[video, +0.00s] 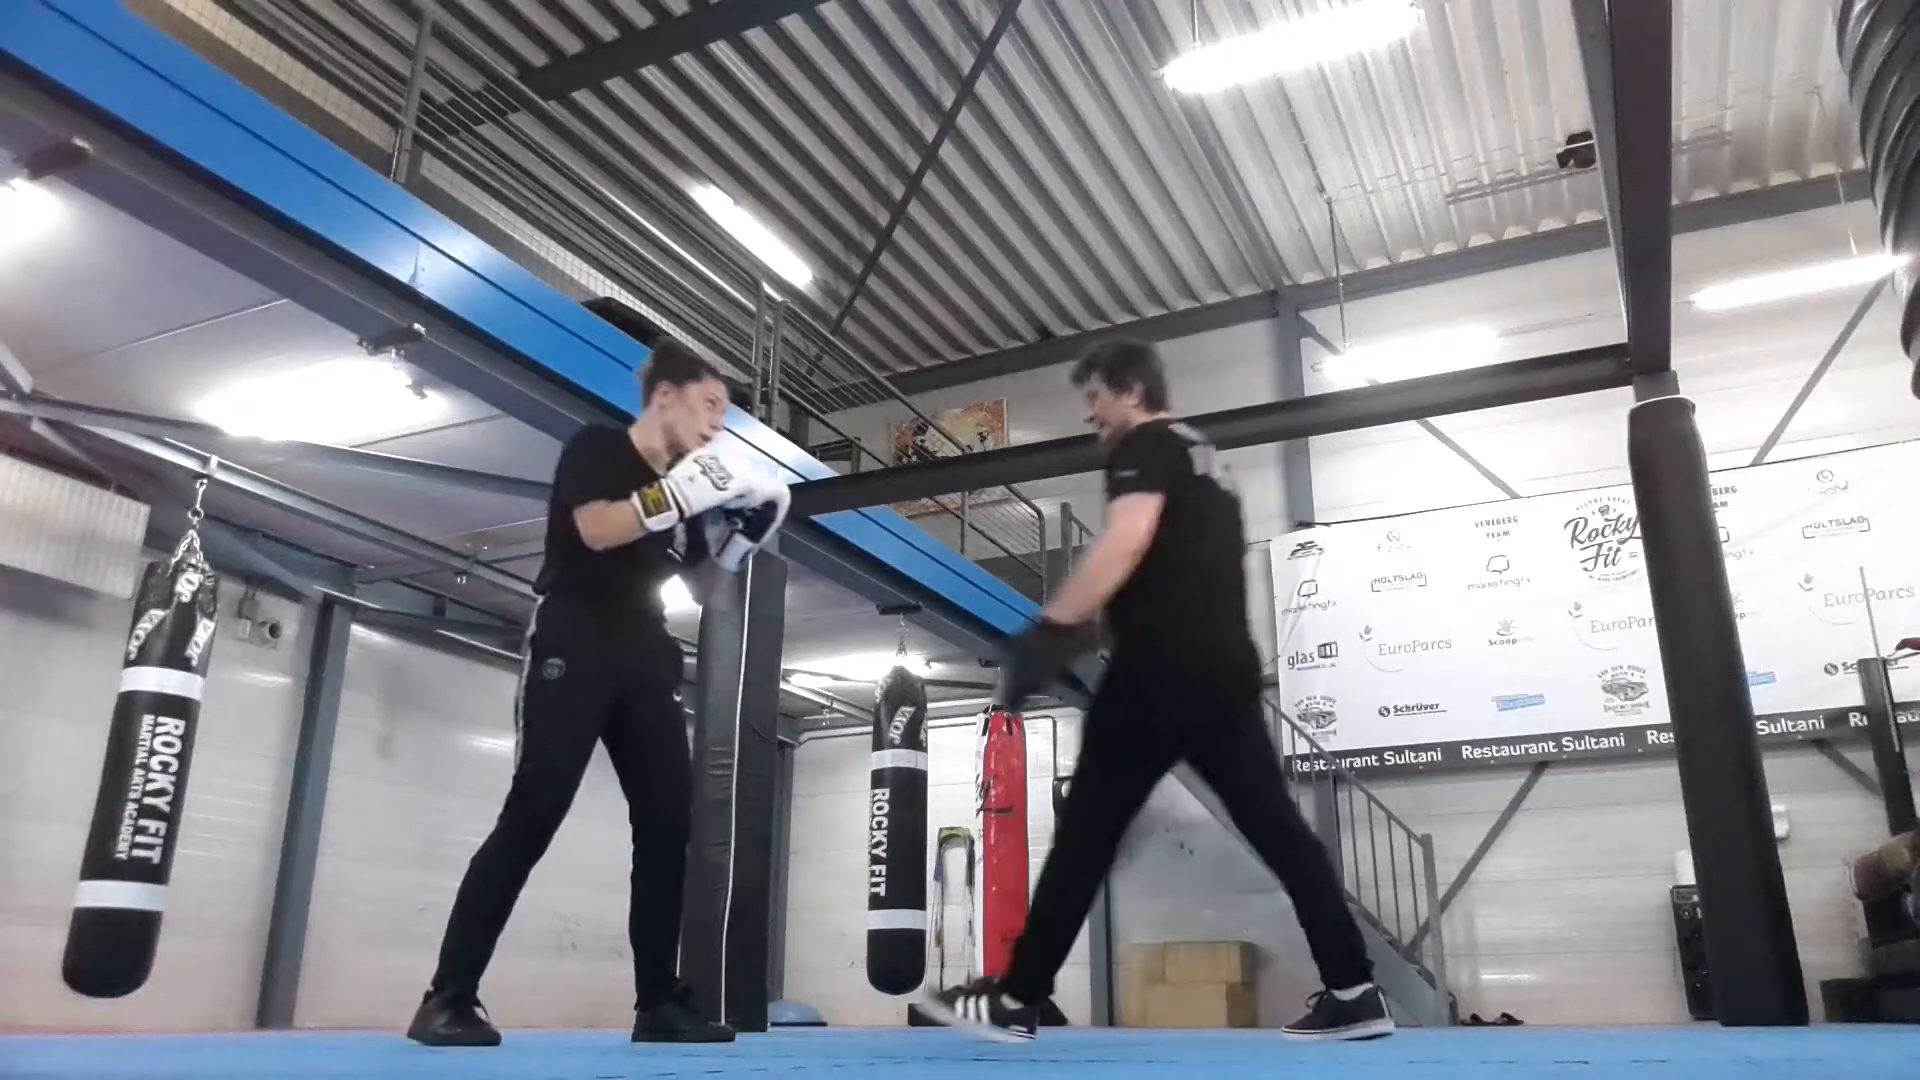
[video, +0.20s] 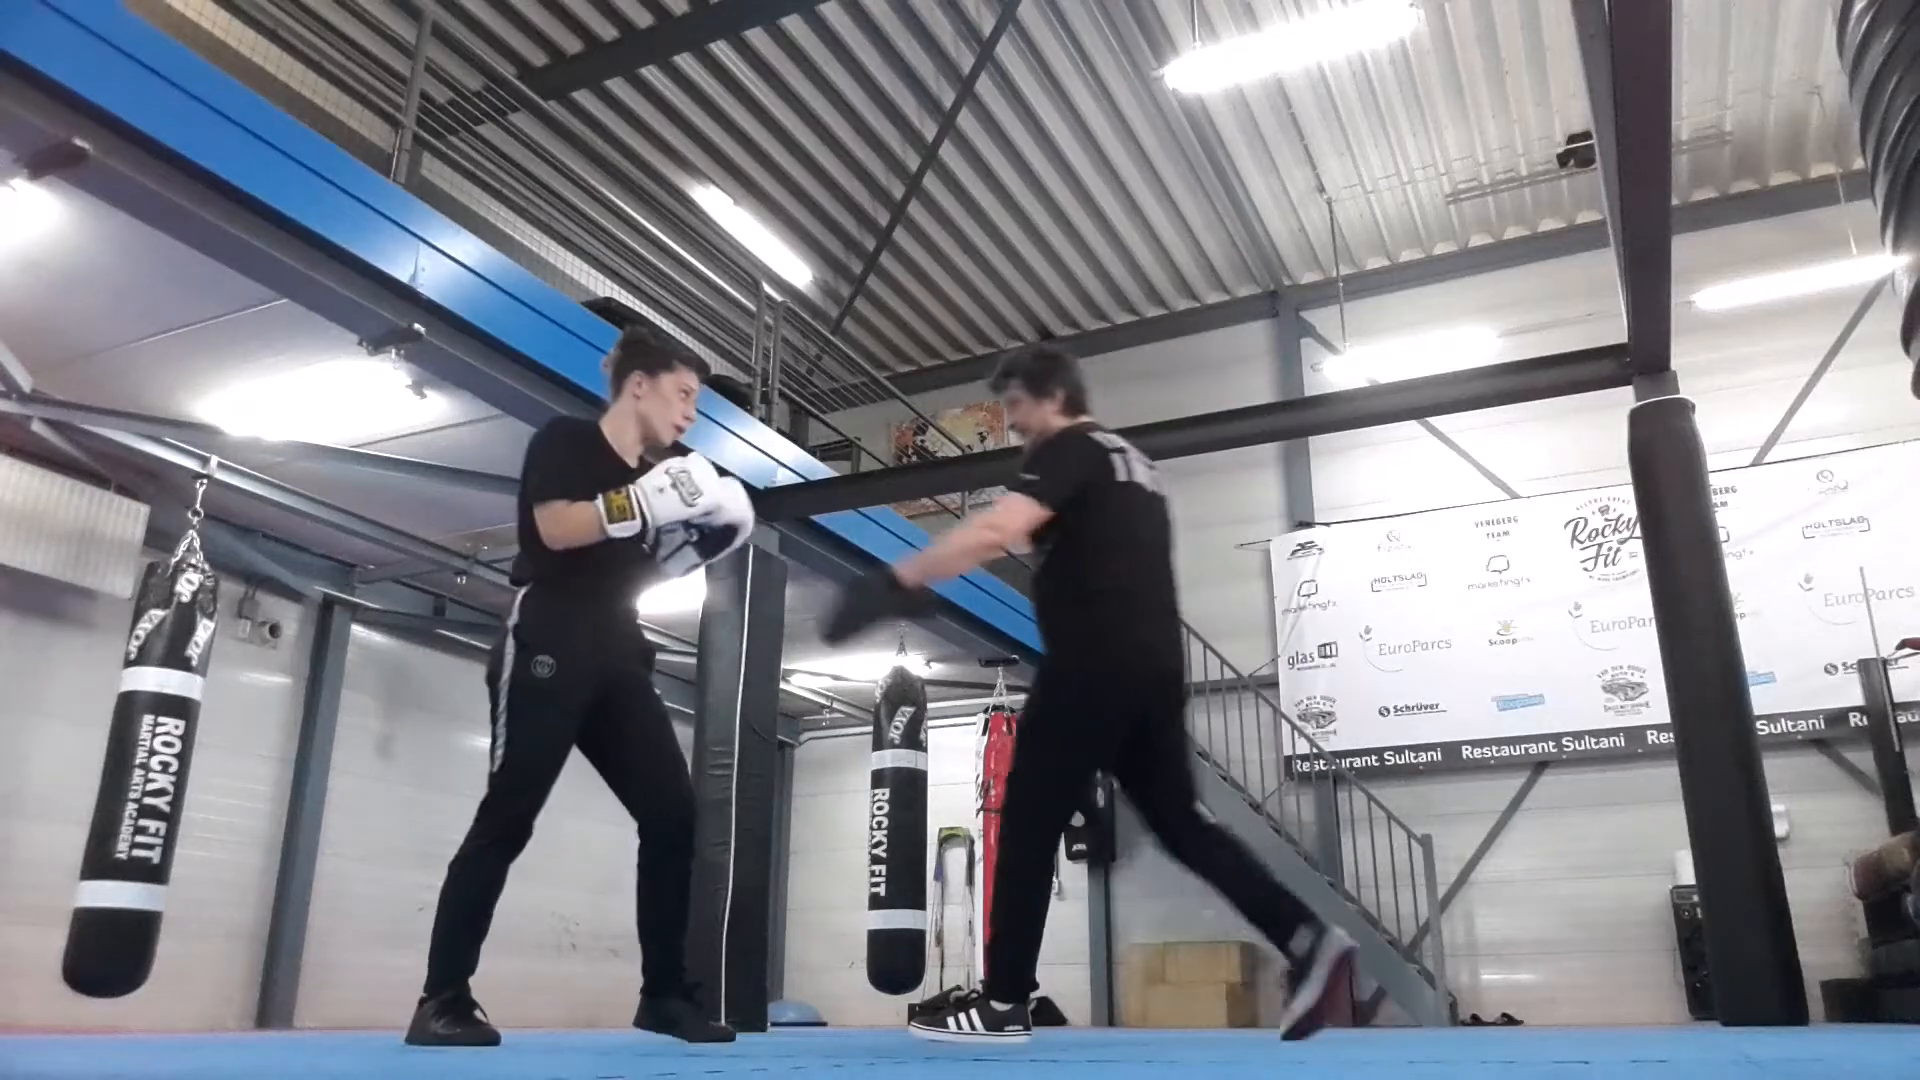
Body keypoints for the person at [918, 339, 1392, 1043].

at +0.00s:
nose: (1088, 416)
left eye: (1093, 400)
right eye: (1086, 403)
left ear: (1129, 392)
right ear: (1147, 397)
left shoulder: (1145, 446)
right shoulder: (1205, 458)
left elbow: (1127, 539)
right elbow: (1184, 574)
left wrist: (1050, 627)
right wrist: (1094, 630)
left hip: (1154, 676)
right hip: (1221, 674)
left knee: (1086, 833)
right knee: (1281, 832)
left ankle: (1021, 991)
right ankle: (1353, 990)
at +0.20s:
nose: (1008, 423)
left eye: (1014, 406)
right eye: (1004, 409)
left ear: (1050, 396)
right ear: (1069, 400)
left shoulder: (1070, 451)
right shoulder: (1129, 457)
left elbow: (998, 530)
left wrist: (895, 578)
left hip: (1085, 673)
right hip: (1151, 673)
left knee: (1027, 826)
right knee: (1181, 825)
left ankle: (1004, 999)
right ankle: (1308, 944)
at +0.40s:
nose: (967, 422)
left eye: (972, 407)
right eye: (964, 411)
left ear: (1007, 397)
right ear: (1026, 400)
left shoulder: (1028, 450)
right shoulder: (1081, 457)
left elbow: (940, 514)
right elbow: (1026, 555)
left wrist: (834, 549)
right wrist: (957, 526)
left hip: (1047, 669)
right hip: (1104, 668)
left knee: (1010, 824)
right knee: (1096, 817)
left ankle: (1003, 996)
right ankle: (1187, 961)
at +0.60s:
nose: (955, 447)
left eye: (960, 431)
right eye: (950, 435)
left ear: (999, 422)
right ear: (1012, 428)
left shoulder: (1017, 472)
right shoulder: (1053, 483)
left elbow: (943, 537)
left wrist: (844, 576)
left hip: (1024, 686)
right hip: (1072, 687)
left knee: (973, 829)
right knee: (1056, 841)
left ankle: (999, 998)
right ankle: (1082, 998)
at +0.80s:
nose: (933, 482)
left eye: (939, 465)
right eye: (928, 469)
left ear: (976, 454)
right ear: (978, 461)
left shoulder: (1009, 502)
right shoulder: (1011, 516)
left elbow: (957, 563)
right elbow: (955, 587)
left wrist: (865, 600)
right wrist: (895, 611)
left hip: (1004, 692)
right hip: (1037, 696)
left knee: (908, 802)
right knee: (1016, 852)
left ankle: (935, 974)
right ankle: (1073, 999)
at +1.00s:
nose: (888, 468)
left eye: (897, 452)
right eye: (883, 456)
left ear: (935, 445)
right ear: (931, 453)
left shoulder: (962, 494)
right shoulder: (959, 511)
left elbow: (911, 556)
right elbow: (911, 587)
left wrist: (819, 595)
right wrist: (852, 606)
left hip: (966, 697)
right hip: (994, 698)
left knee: (890, 830)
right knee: (1012, 855)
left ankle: (829, 991)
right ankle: (1075, 1000)